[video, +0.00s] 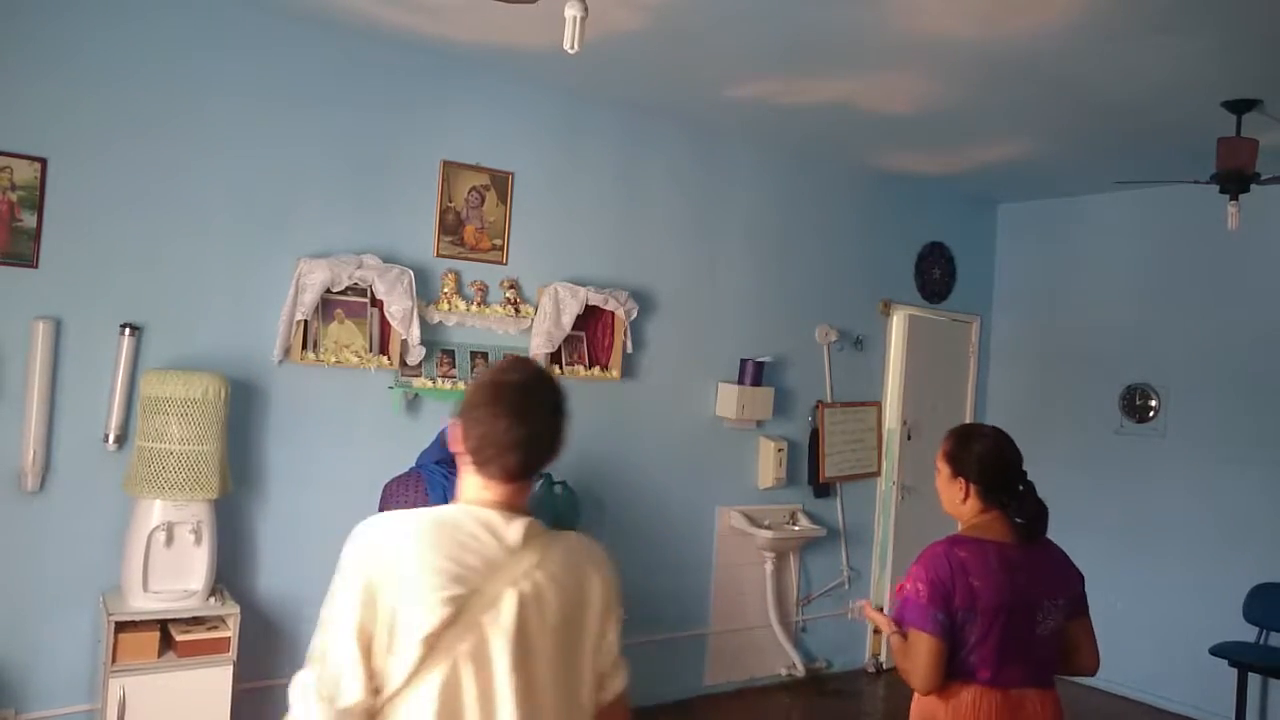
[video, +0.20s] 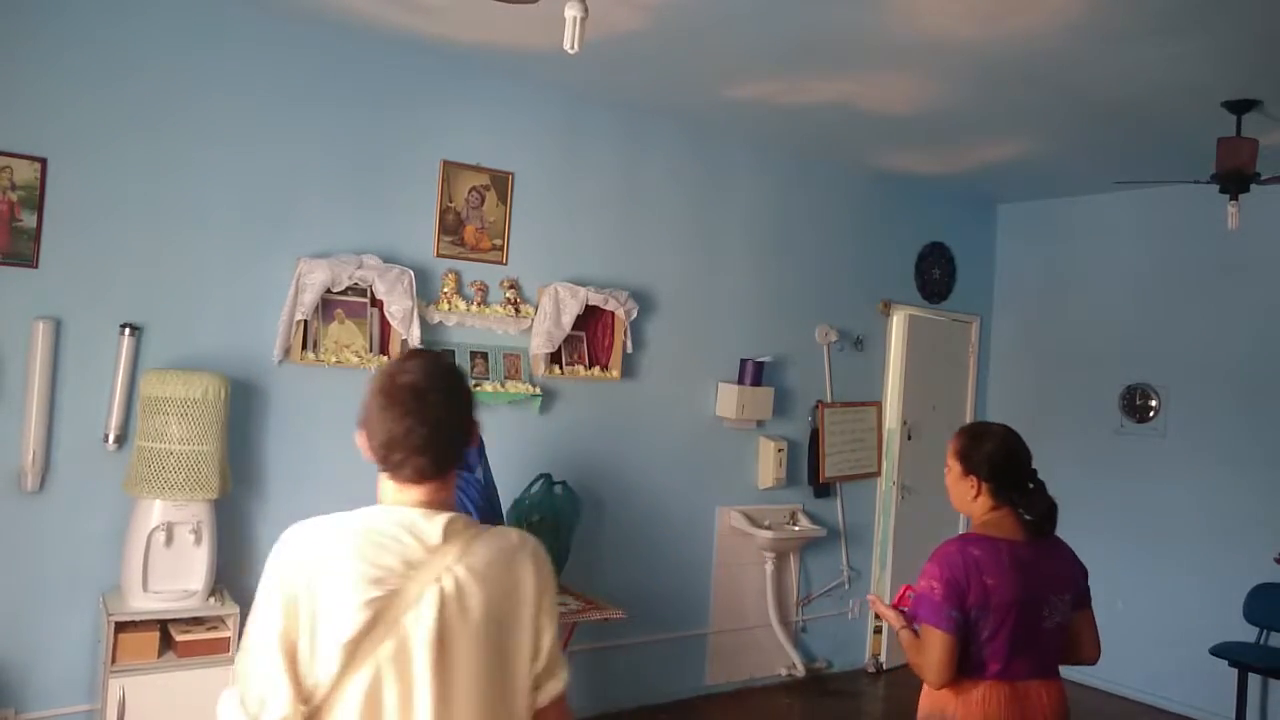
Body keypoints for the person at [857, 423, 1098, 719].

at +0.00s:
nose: (936, 482)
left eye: (939, 473)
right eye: (937, 472)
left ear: (962, 488)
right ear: (1008, 481)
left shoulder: (941, 561)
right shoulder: (1054, 559)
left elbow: (923, 678)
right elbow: (1085, 660)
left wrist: (891, 633)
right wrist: (1016, 649)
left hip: (958, 706)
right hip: (1037, 705)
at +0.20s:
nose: (945, 478)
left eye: (949, 469)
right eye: (946, 469)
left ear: (973, 485)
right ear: (1016, 478)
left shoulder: (954, 558)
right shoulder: (1059, 553)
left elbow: (935, 672)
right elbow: (1087, 650)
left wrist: (901, 627)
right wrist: (1019, 646)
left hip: (968, 703)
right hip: (1043, 700)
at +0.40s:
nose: (956, 479)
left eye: (961, 469)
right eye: (958, 468)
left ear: (987, 484)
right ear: (1025, 479)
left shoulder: (970, 560)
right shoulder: (1067, 553)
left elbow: (954, 670)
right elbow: (1089, 642)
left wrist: (909, 623)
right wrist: (1022, 634)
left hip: (982, 702)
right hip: (1050, 694)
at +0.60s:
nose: (962, 473)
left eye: (970, 465)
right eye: (966, 464)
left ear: (998, 482)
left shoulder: (986, 554)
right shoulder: (1064, 549)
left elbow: (966, 663)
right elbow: (1083, 639)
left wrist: (916, 621)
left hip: (990, 700)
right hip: (1053, 691)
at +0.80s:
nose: (966, 463)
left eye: (976, 457)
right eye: (972, 454)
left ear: (1003, 477)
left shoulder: (987, 548)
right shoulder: (1057, 545)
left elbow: (973, 657)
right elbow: (1075, 636)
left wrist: (915, 620)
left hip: (988, 692)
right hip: (1048, 684)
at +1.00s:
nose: (966, 466)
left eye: (975, 459)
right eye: (971, 457)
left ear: (1003, 477)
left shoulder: (994, 551)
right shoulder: (1053, 544)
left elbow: (982, 661)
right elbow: (1068, 639)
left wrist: (916, 622)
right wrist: (954, 619)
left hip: (989, 696)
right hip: (1045, 686)